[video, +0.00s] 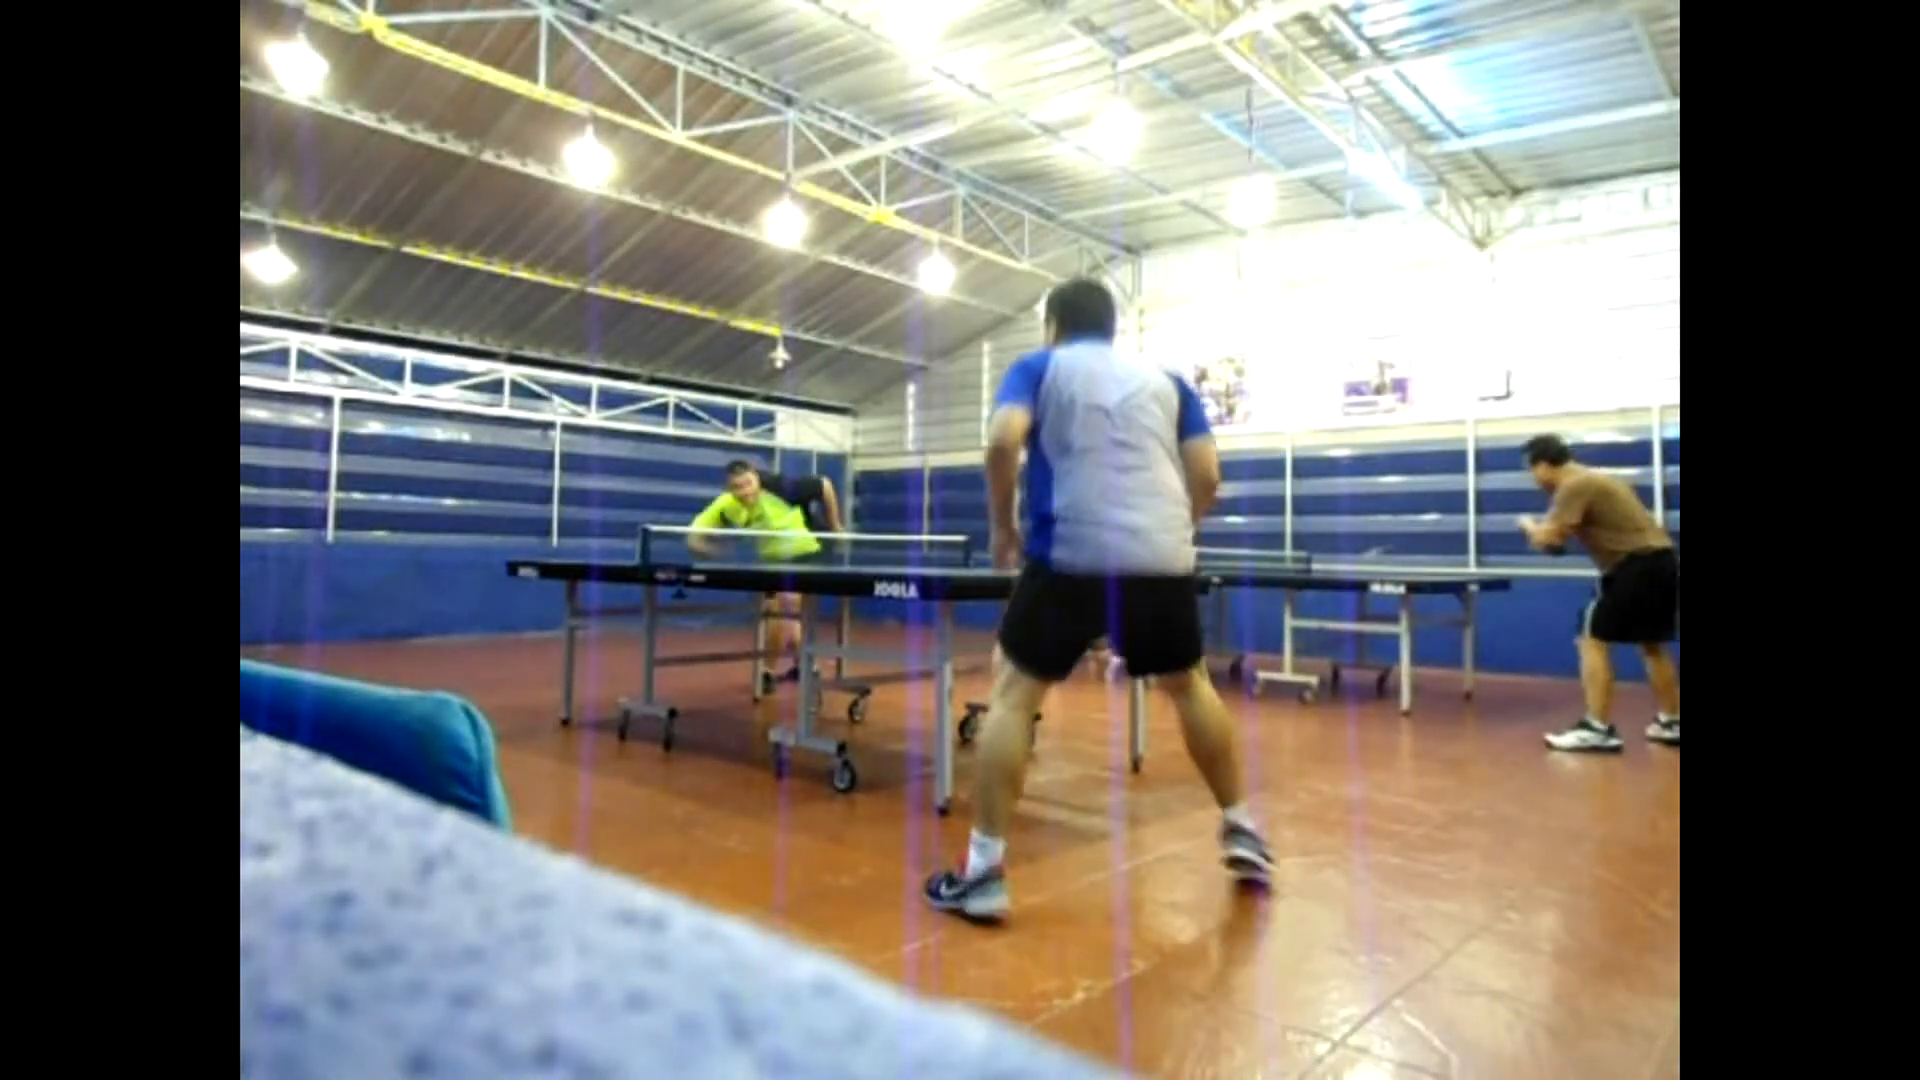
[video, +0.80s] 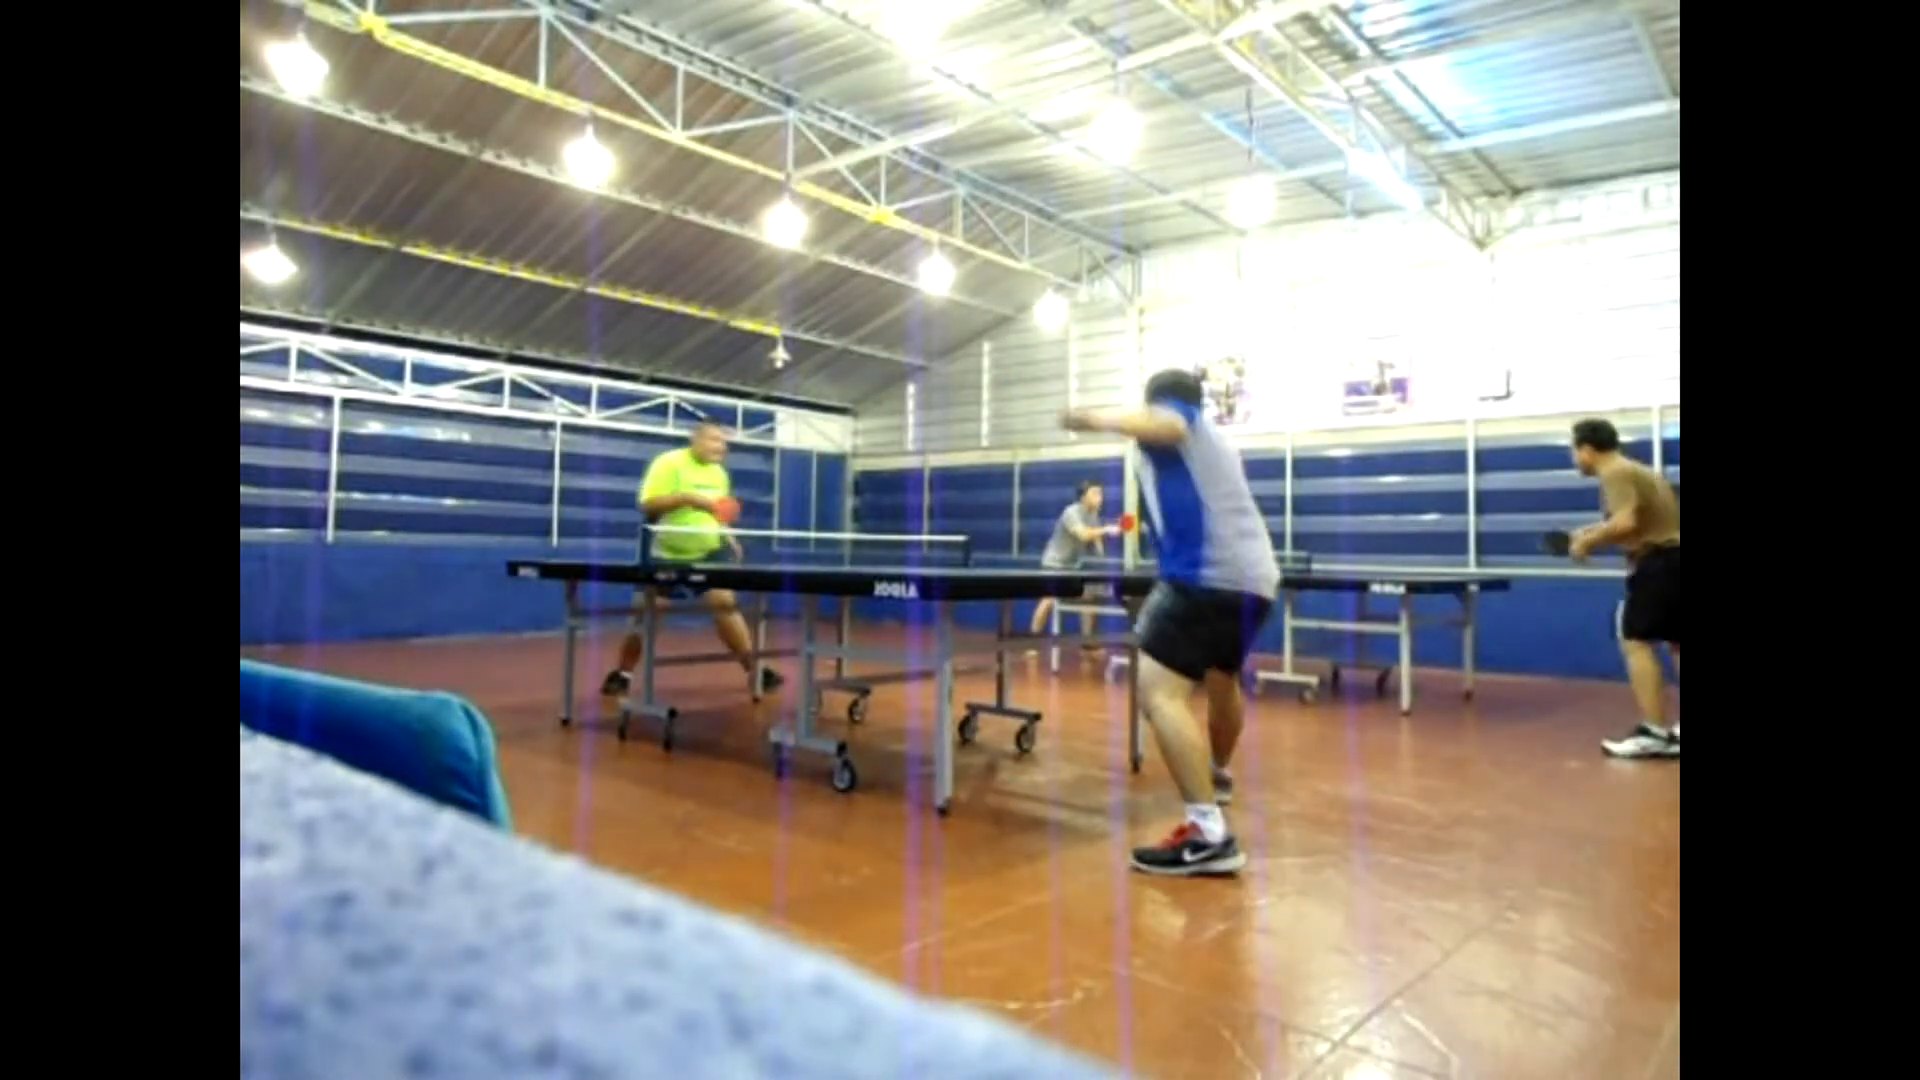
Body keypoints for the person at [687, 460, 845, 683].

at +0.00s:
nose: (744, 491)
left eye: (748, 484)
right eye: (738, 487)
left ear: (757, 480)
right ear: (730, 488)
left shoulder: (780, 489)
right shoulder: (727, 503)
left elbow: (823, 485)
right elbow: (696, 534)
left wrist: (835, 525)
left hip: (803, 555)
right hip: (771, 560)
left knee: (783, 608)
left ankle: (768, 671)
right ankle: (803, 663)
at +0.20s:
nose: (757, 472)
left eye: (761, 466)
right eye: (750, 467)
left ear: (768, 466)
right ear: (739, 468)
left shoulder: (780, 486)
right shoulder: (723, 490)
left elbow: (789, 522)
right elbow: (714, 522)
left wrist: (805, 526)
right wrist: (755, 515)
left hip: (786, 550)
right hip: (751, 556)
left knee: (777, 608)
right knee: (758, 612)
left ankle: (770, 669)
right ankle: (793, 655)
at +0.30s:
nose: (763, 454)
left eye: (766, 448)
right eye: (757, 448)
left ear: (772, 451)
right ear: (743, 450)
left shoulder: (780, 474)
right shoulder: (726, 474)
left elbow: (792, 512)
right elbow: (720, 502)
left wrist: (795, 491)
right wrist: (761, 490)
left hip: (776, 545)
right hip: (739, 550)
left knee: (773, 607)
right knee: (739, 606)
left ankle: (767, 669)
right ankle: (778, 643)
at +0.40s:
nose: (767, 443)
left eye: (770, 436)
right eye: (761, 436)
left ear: (773, 441)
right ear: (744, 438)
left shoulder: (776, 468)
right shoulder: (722, 462)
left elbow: (778, 501)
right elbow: (716, 493)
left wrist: (785, 493)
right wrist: (762, 491)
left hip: (765, 542)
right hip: (727, 545)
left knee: (765, 606)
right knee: (720, 601)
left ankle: (763, 667)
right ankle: (743, 640)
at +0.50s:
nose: (767, 440)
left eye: (770, 435)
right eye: (761, 433)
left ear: (773, 440)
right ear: (743, 434)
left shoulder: (772, 467)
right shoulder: (718, 458)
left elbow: (767, 499)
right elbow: (701, 494)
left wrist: (777, 510)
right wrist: (751, 503)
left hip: (754, 543)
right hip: (714, 544)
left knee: (755, 604)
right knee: (700, 599)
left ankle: (760, 668)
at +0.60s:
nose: (759, 443)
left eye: (761, 438)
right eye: (754, 436)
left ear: (762, 443)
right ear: (735, 437)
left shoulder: (761, 471)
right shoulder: (708, 460)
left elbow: (750, 504)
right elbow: (682, 497)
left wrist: (759, 518)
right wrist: (732, 509)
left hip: (741, 548)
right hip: (701, 549)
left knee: (747, 606)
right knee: (675, 614)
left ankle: (757, 672)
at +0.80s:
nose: (719, 446)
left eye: (722, 441)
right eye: (713, 439)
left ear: (723, 446)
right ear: (695, 439)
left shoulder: (719, 472)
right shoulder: (667, 463)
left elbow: (716, 513)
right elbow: (648, 504)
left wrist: (730, 539)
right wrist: (691, 500)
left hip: (708, 552)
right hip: (667, 553)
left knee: (726, 606)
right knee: (647, 613)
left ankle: (754, 668)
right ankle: (623, 673)